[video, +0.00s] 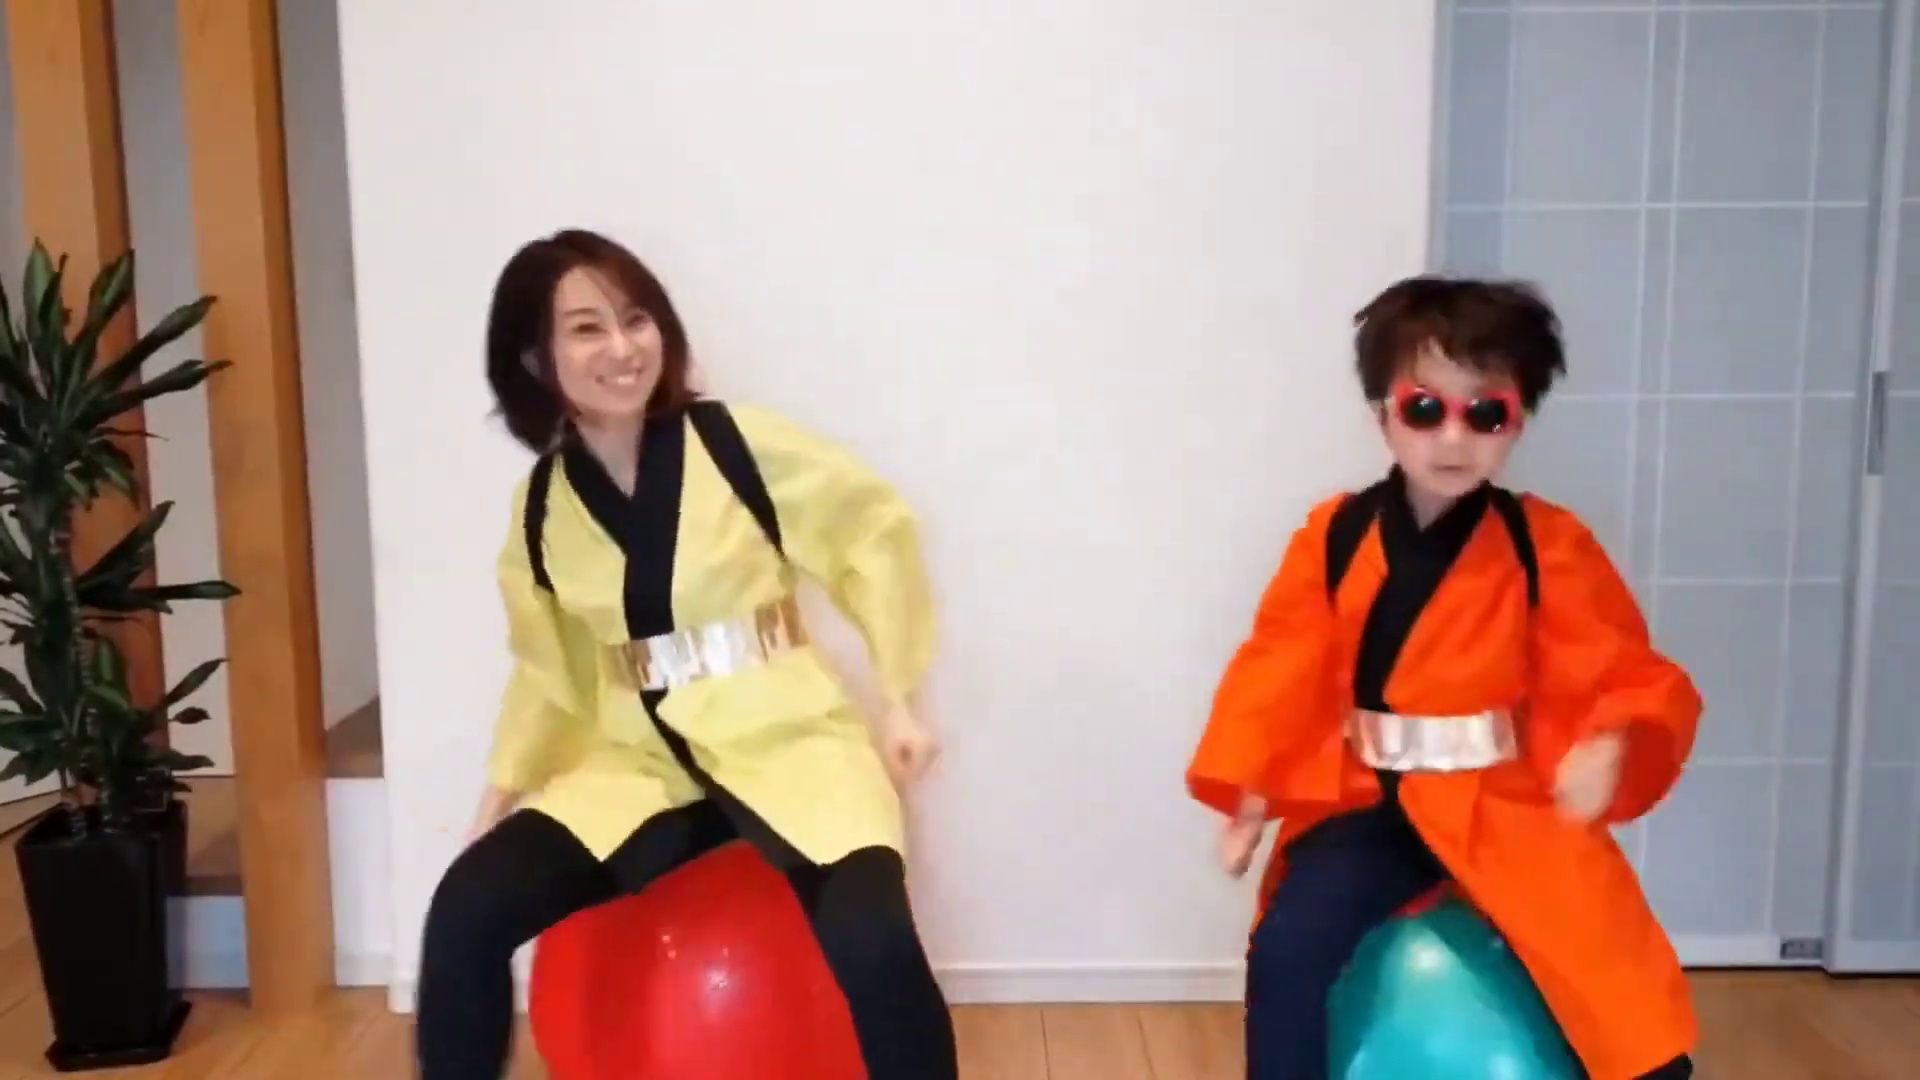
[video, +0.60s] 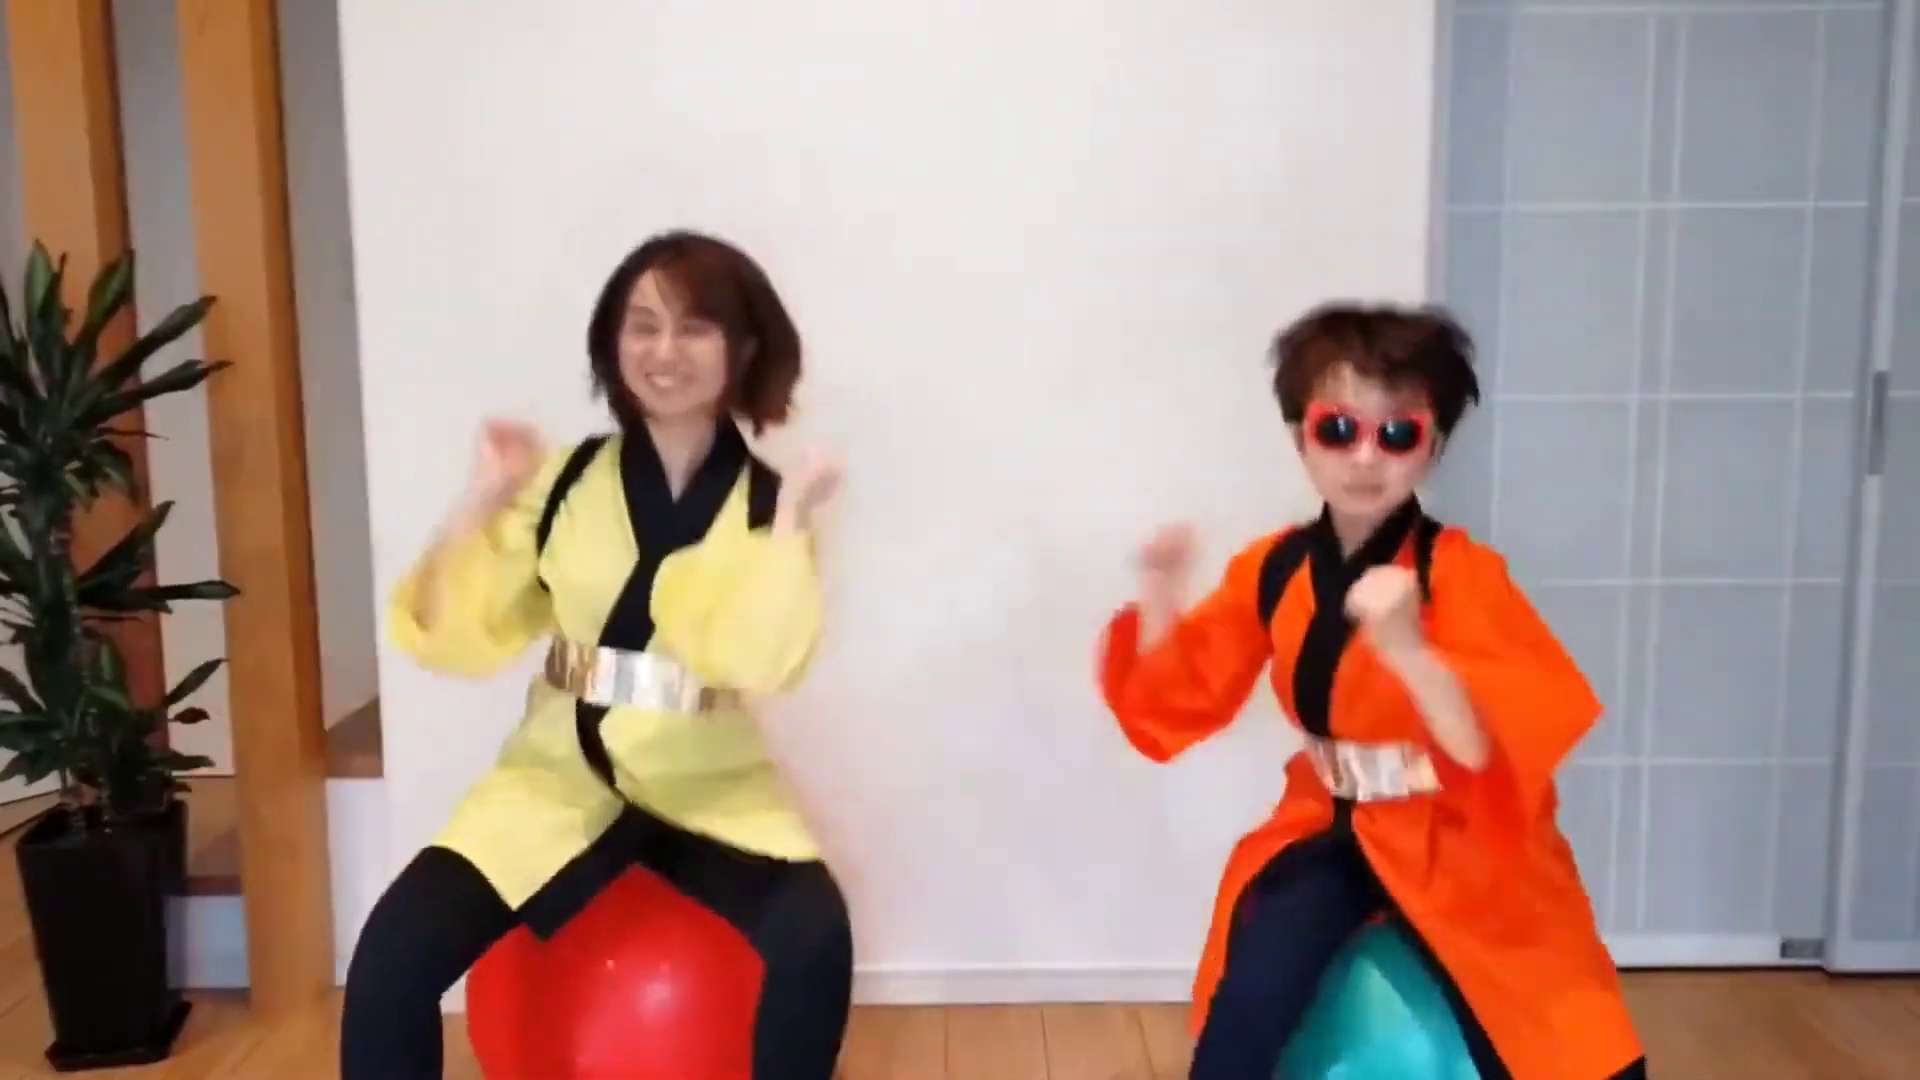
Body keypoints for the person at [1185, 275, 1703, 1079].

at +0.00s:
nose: (1452, 436)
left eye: (1486, 412)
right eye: (1423, 408)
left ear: (1519, 425)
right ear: (1382, 415)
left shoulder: (1547, 543)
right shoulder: (1338, 534)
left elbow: (1632, 677)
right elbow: (1281, 659)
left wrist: (1614, 740)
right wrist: (1256, 779)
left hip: (1515, 811)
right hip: (1372, 809)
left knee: (1616, 957)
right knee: (1289, 944)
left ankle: (1652, 1065)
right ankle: (1283, 1067)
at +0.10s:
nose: (1415, 489)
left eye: (1451, 469)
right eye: (1388, 461)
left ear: (1480, 495)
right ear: (1347, 478)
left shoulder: (1512, 613)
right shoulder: (1309, 606)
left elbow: (1574, 769)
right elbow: (1260, 747)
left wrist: (1505, 916)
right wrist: (1231, 874)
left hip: (1494, 867)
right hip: (1361, 859)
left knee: (1609, 1028)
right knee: (1251, 951)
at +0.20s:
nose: (1376, 558)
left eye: (1411, 536)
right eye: (1350, 529)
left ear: (1446, 567)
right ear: (1317, 548)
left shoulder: (1464, 698)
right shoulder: (1293, 675)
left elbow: (1465, 883)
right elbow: (1246, 814)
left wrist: (1429, 1057)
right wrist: (1198, 947)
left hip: (1467, 923)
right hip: (1359, 909)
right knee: (1214, 982)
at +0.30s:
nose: (1351, 513)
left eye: (1386, 494)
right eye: (1327, 484)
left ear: (1423, 522)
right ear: (1295, 500)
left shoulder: (1434, 653)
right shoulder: (1272, 638)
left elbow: (1407, 840)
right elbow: (1204, 776)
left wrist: (1357, 1011)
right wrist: (1108, 899)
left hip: (1454, 895)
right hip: (1337, 883)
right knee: (1197, 986)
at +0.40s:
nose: (1345, 432)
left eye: (1378, 411)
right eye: (1320, 404)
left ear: (1417, 431)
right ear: (1285, 415)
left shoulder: (1432, 564)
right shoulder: (1265, 558)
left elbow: (1407, 734)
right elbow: (1181, 673)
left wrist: (1329, 877)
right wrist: (1058, 748)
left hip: (1452, 824)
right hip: (1329, 811)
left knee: (1531, 1017)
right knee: (1211, 977)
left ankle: (1598, 1067)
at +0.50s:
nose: (1351, 406)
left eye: (1385, 381)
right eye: (1324, 377)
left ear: (1422, 398)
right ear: (1288, 388)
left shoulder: (1446, 524)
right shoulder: (1266, 524)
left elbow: (1471, 662)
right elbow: (1183, 632)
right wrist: (1069, 626)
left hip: (1466, 800)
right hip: (1339, 794)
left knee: (1549, 1003)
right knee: (1253, 950)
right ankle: (1225, 1063)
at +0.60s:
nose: (1366, 455)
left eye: (1399, 431)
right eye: (1338, 428)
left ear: (1434, 447)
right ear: (1300, 440)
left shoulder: (1462, 575)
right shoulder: (1276, 569)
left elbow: (1485, 749)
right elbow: (1173, 708)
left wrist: (1408, 649)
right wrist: (1157, 609)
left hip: (1461, 827)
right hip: (1336, 825)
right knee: (1252, 987)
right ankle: (1221, 1066)